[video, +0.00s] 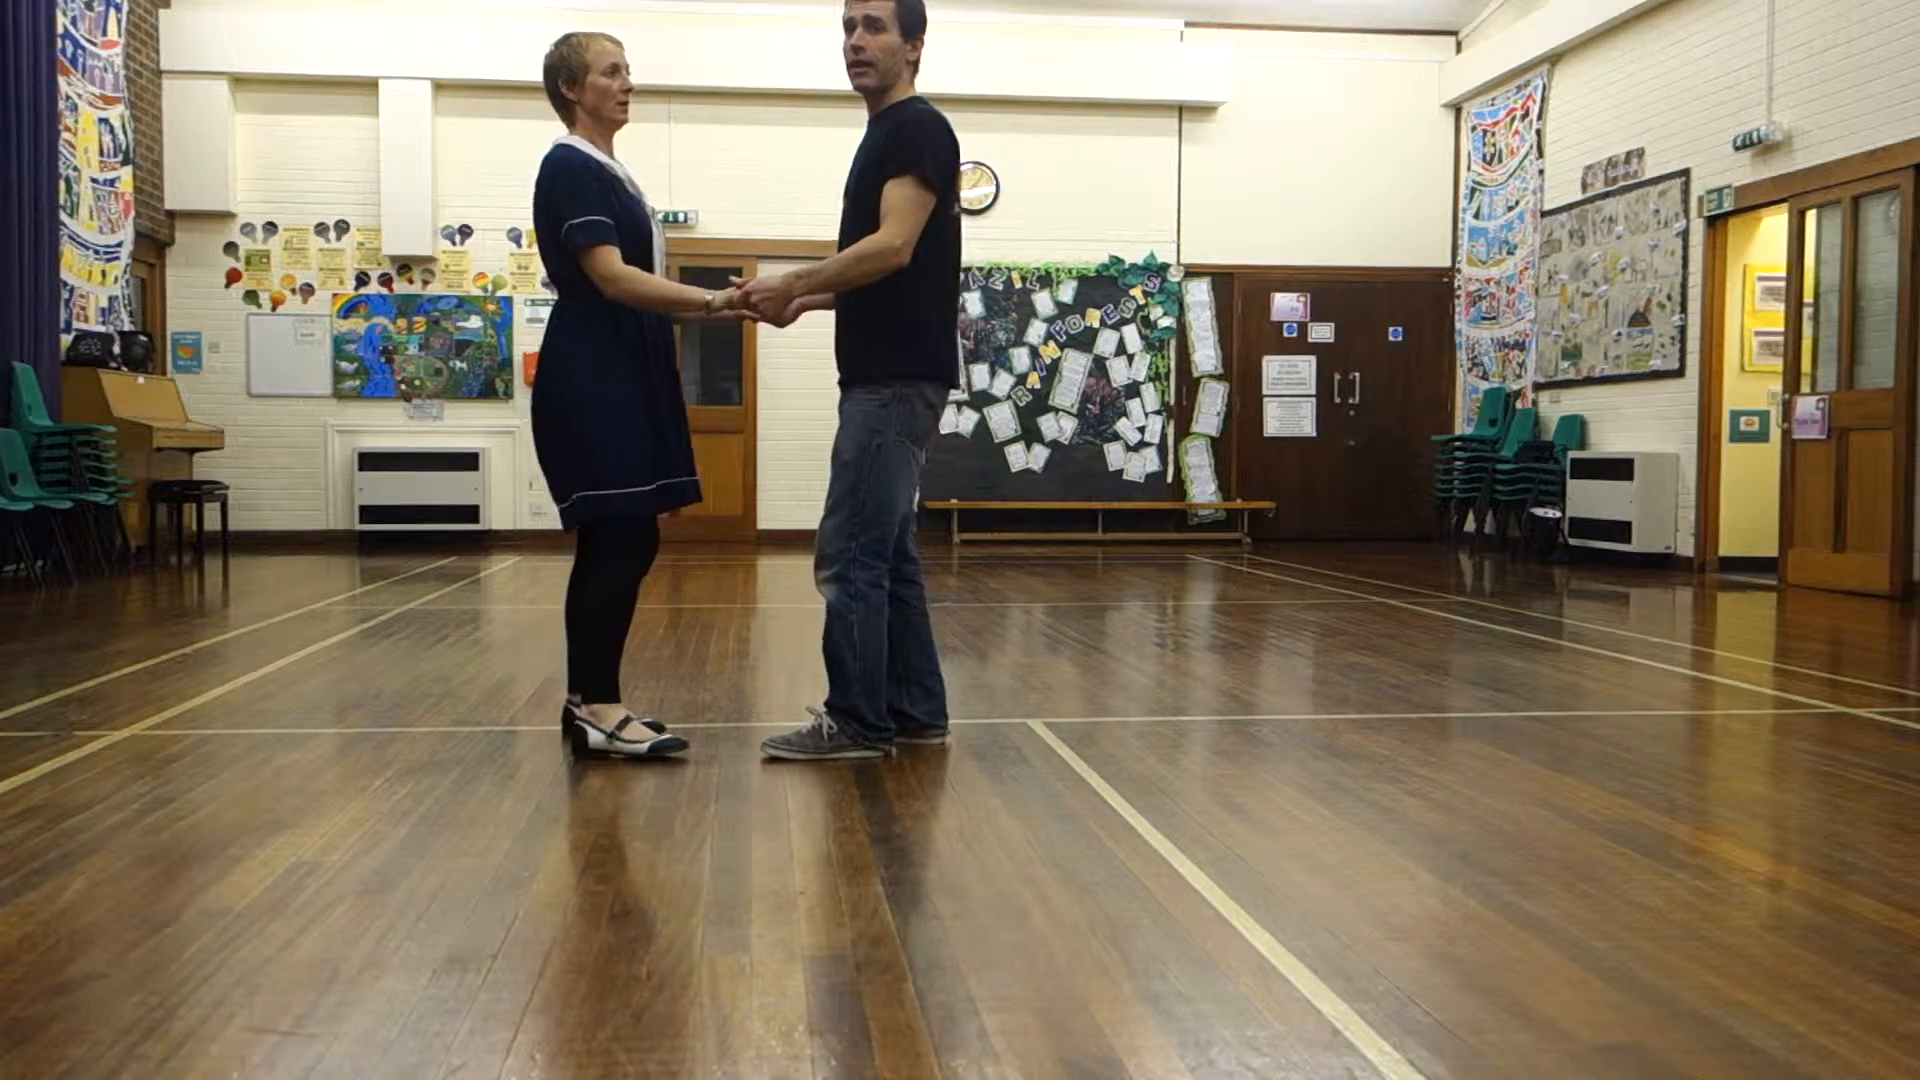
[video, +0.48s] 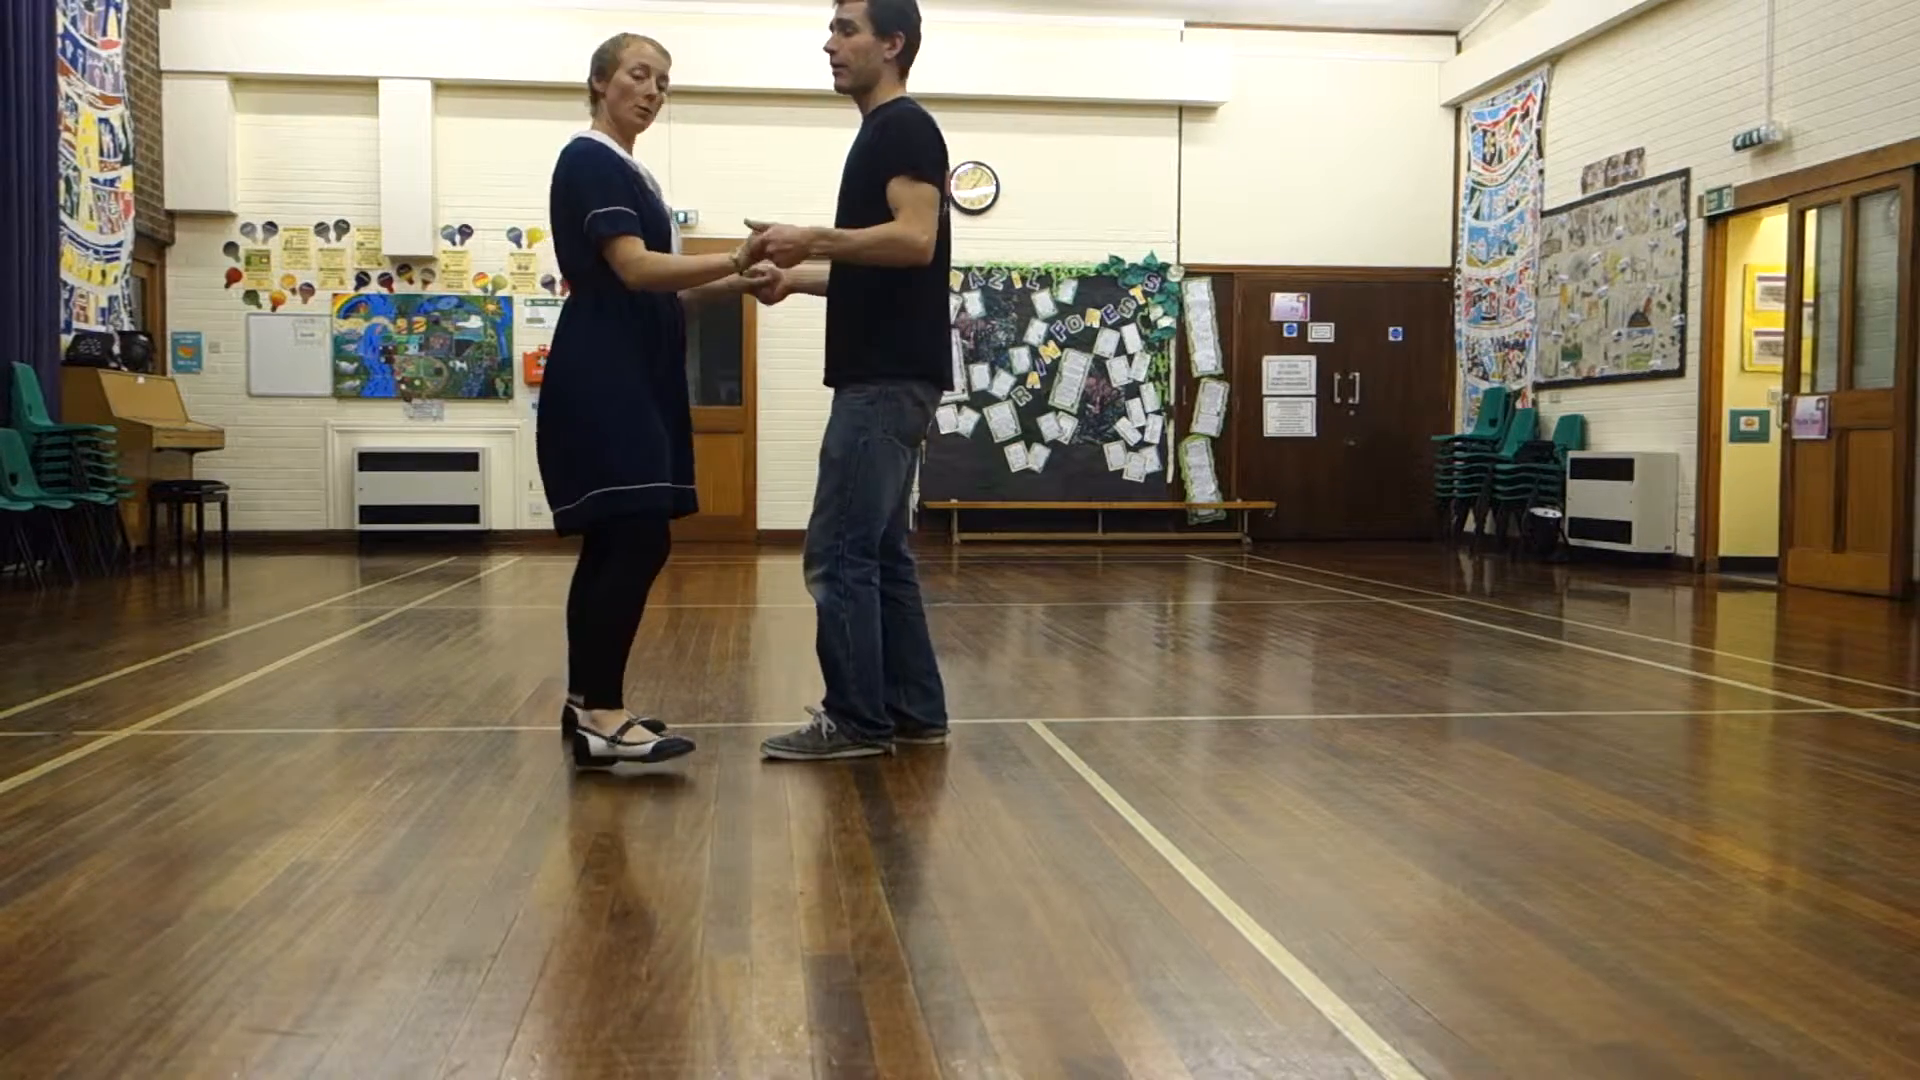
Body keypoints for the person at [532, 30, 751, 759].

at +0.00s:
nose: (628, 83)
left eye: (628, 72)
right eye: (612, 72)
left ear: (600, 90)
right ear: (571, 89)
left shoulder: (608, 171)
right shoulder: (572, 166)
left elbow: (638, 281)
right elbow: (611, 278)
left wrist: (719, 297)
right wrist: (714, 303)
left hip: (618, 385)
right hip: (593, 386)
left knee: (613, 540)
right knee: (627, 540)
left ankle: (590, 701)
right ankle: (598, 707)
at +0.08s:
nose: (630, 84)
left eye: (630, 72)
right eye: (614, 73)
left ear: (599, 90)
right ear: (573, 89)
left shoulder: (610, 171)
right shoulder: (574, 165)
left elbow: (639, 282)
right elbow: (611, 276)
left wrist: (717, 299)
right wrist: (710, 301)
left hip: (618, 383)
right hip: (595, 384)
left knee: (614, 540)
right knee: (627, 539)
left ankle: (590, 701)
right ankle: (598, 708)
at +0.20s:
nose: (633, 84)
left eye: (633, 72)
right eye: (618, 73)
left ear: (601, 89)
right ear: (577, 89)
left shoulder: (611, 170)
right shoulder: (578, 164)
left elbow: (638, 284)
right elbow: (612, 271)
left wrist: (716, 297)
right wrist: (708, 290)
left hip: (618, 385)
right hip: (599, 387)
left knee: (612, 542)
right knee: (629, 540)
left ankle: (591, 704)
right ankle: (596, 711)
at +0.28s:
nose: (636, 85)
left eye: (636, 73)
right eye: (620, 73)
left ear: (619, 87)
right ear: (579, 87)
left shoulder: (617, 171)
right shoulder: (581, 163)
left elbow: (648, 291)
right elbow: (618, 269)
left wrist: (734, 295)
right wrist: (720, 276)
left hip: (620, 384)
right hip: (599, 385)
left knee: (613, 541)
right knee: (634, 540)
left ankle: (591, 705)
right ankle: (596, 711)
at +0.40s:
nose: (645, 87)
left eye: (650, 78)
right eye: (630, 74)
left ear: (647, 91)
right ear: (589, 84)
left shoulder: (628, 175)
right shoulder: (585, 160)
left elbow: (661, 288)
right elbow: (628, 266)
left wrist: (744, 280)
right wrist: (733, 257)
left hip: (626, 388)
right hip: (602, 388)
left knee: (616, 542)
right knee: (638, 541)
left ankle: (591, 707)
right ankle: (596, 712)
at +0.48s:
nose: (652, 91)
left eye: (660, 83)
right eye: (639, 75)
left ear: (658, 97)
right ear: (599, 80)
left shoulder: (631, 174)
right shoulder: (591, 158)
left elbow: (663, 291)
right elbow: (633, 266)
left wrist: (743, 280)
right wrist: (739, 255)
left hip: (627, 387)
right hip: (606, 387)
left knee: (614, 544)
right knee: (639, 542)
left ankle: (591, 708)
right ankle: (600, 716)